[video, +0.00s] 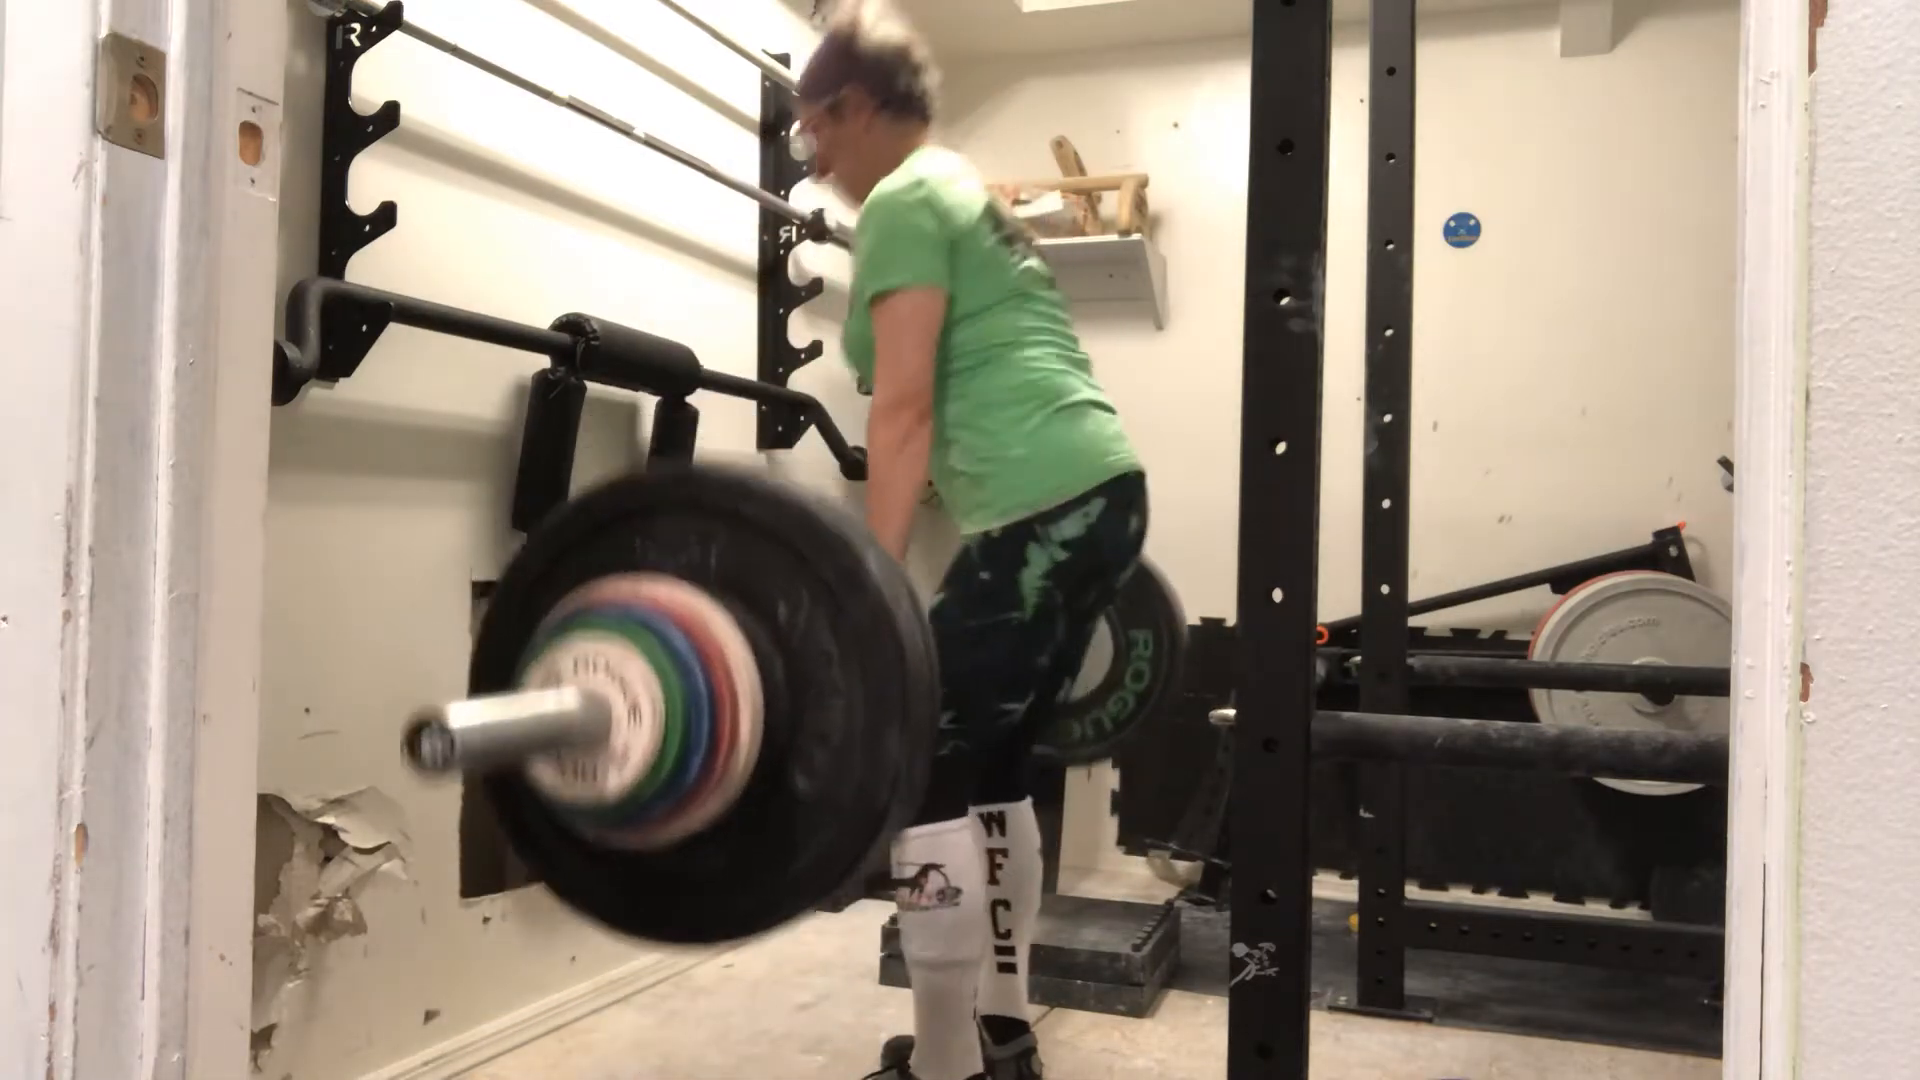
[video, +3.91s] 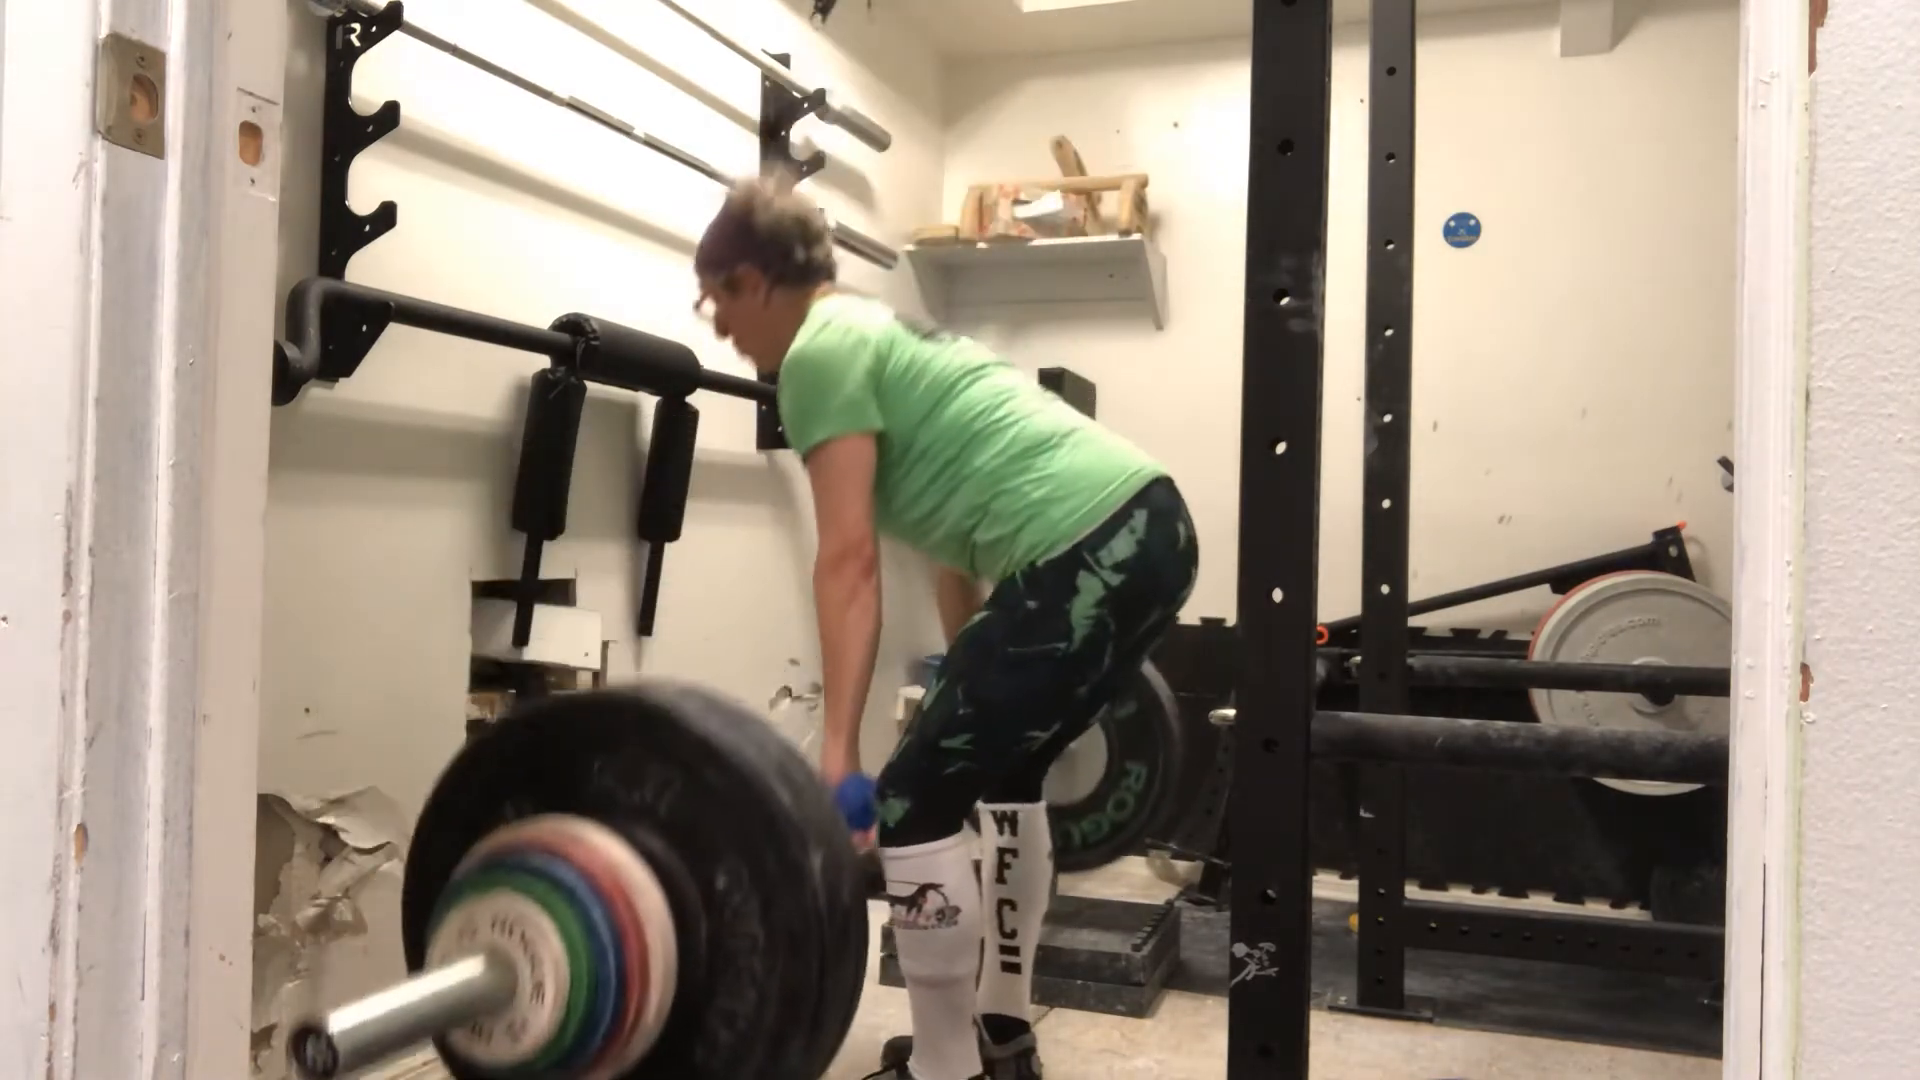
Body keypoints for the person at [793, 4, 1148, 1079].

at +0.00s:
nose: (807, 149)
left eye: (815, 122)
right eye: (804, 127)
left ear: (867, 109)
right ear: (887, 113)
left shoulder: (905, 206)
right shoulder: (953, 192)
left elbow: (902, 418)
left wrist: (869, 590)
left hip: (1039, 511)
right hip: (1090, 493)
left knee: (931, 766)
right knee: (1007, 762)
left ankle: (943, 1058)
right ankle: (1001, 1025)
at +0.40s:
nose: (733, 293)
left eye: (735, 270)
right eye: (729, 275)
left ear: (778, 257)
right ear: (802, 253)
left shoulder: (847, 330)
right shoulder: (896, 318)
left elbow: (870, 540)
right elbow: (965, 540)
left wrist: (853, 733)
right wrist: (981, 688)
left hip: (1103, 542)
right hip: (1142, 522)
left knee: (932, 797)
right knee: (1007, 778)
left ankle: (945, 1062)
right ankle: (1002, 1027)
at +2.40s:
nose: (747, 314)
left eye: (744, 287)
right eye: (741, 292)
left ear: (781, 267)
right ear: (819, 262)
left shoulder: (855, 340)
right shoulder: (919, 323)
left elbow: (874, 561)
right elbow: (978, 546)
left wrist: (867, 750)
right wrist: (989, 699)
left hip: (1115, 549)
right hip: (1163, 523)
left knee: (949, 807)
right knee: (1024, 784)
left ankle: (943, 1063)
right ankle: (1005, 1029)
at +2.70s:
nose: (783, 169)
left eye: (792, 143)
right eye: (785, 145)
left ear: (838, 140)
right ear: (879, 142)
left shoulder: (886, 243)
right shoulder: (945, 227)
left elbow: (891, 461)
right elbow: (996, 435)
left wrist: (870, 653)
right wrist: (991, 599)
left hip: (1077, 524)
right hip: (1129, 502)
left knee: (957, 772)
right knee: (1018, 755)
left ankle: (947, 1062)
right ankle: (1005, 1017)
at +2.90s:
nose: (873, 70)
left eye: (885, 44)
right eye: (871, 48)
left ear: (944, 33)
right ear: (964, 38)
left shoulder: (951, 150)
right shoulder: (1021, 145)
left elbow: (925, 365)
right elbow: (1026, 345)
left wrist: (875, 550)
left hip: (999, 498)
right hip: (1071, 483)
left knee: (961, 784)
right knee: (1026, 757)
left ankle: (950, 1057)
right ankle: (1003, 1020)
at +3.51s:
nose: (784, 172)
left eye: (791, 145)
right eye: (782, 150)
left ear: (846, 130)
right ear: (863, 133)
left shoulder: (880, 230)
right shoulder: (935, 217)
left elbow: (883, 441)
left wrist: (856, 624)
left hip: (1050, 520)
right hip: (1101, 500)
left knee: (916, 769)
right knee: (995, 763)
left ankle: (941, 1061)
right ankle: (999, 1022)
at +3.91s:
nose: (711, 318)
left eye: (717, 293)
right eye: (709, 297)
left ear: (761, 282)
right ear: (790, 277)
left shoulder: (821, 351)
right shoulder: (881, 339)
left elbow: (850, 562)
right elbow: (950, 538)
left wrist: (838, 758)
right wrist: (973, 683)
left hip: (1083, 552)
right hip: (1137, 526)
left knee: (913, 798)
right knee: (1004, 779)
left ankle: (942, 1063)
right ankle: (1001, 1028)